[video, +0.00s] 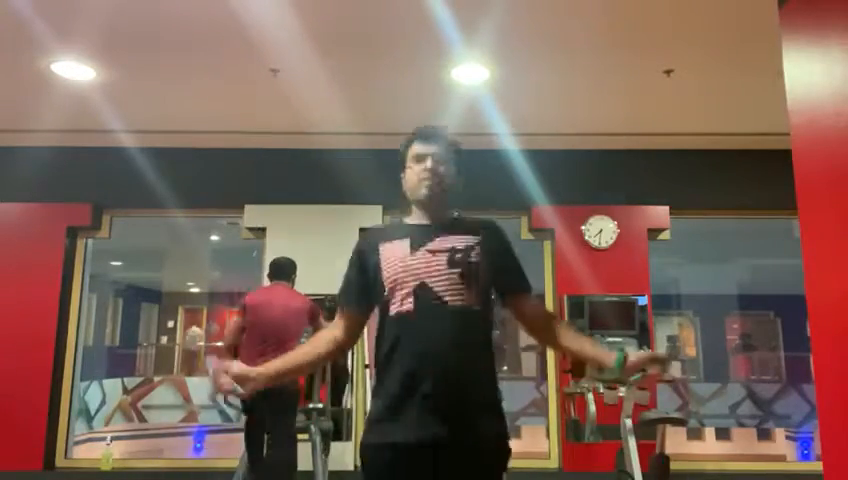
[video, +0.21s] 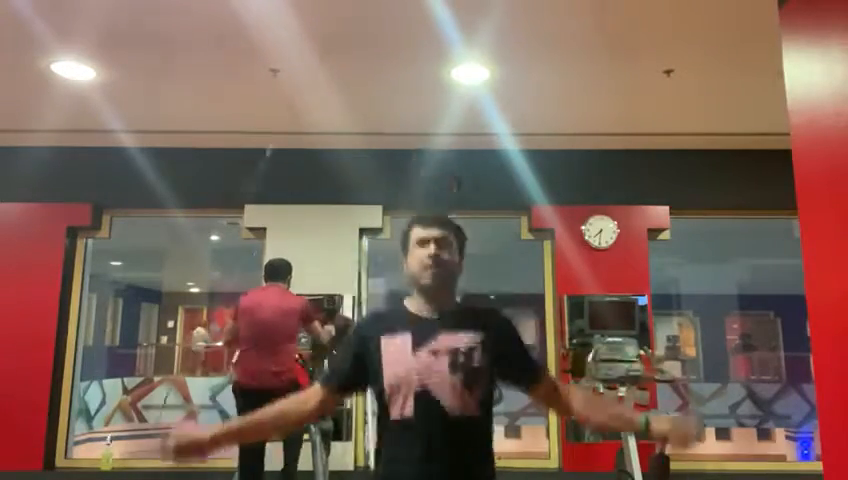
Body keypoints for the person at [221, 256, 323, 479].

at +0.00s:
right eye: (294, 277)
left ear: (268, 277)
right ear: (294, 278)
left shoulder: (251, 299)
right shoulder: (304, 303)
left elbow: (231, 339)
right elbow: (324, 336)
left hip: (253, 379)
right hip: (286, 380)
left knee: (254, 432)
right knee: (284, 437)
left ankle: (256, 473)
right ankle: (283, 475)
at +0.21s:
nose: (289, 281)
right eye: (289, 277)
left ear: (264, 277)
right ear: (289, 278)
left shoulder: (246, 300)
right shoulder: (298, 303)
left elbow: (228, 337)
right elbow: (320, 338)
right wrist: (328, 331)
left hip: (248, 380)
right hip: (284, 380)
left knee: (251, 441)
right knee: (294, 423)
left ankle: (250, 476)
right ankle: (289, 472)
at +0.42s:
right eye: (292, 280)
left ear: (267, 279)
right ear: (291, 280)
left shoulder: (250, 300)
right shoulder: (299, 303)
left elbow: (244, 340)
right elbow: (311, 343)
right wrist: (315, 367)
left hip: (253, 377)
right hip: (288, 376)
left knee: (252, 436)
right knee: (296, 426)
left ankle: (245, 474)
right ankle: (295, 469)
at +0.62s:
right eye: (294, 276)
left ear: (268, 275)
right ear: (293, 277)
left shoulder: (251, 296)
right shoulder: (305, 301)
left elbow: (243, 336)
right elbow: (323, 339)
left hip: (253, 379)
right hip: (291, 380)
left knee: (256, 433)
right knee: (286, 438)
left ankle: (252, 476)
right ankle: (286, 476)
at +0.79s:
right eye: (290, 279)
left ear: (266, 279)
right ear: (291, 280)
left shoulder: (249, 302)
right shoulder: (304, 305)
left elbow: (233, 341)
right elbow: (322, 334)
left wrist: (230, 369)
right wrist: (318, 358)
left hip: (253, 380)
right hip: (289, 380)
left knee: (256, 434)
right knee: (285, 438)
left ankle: (257, 473)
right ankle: (284, 474)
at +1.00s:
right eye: (290, 276)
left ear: (264, 275)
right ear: (289, 276)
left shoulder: (243, 298)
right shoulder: (300, 300)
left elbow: (226, 338)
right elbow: (320, 329)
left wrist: (246, 344)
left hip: (250, 381)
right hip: (284, 381)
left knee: (254, 444)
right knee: (286, 441)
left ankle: (254, 477)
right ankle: (284, 476)